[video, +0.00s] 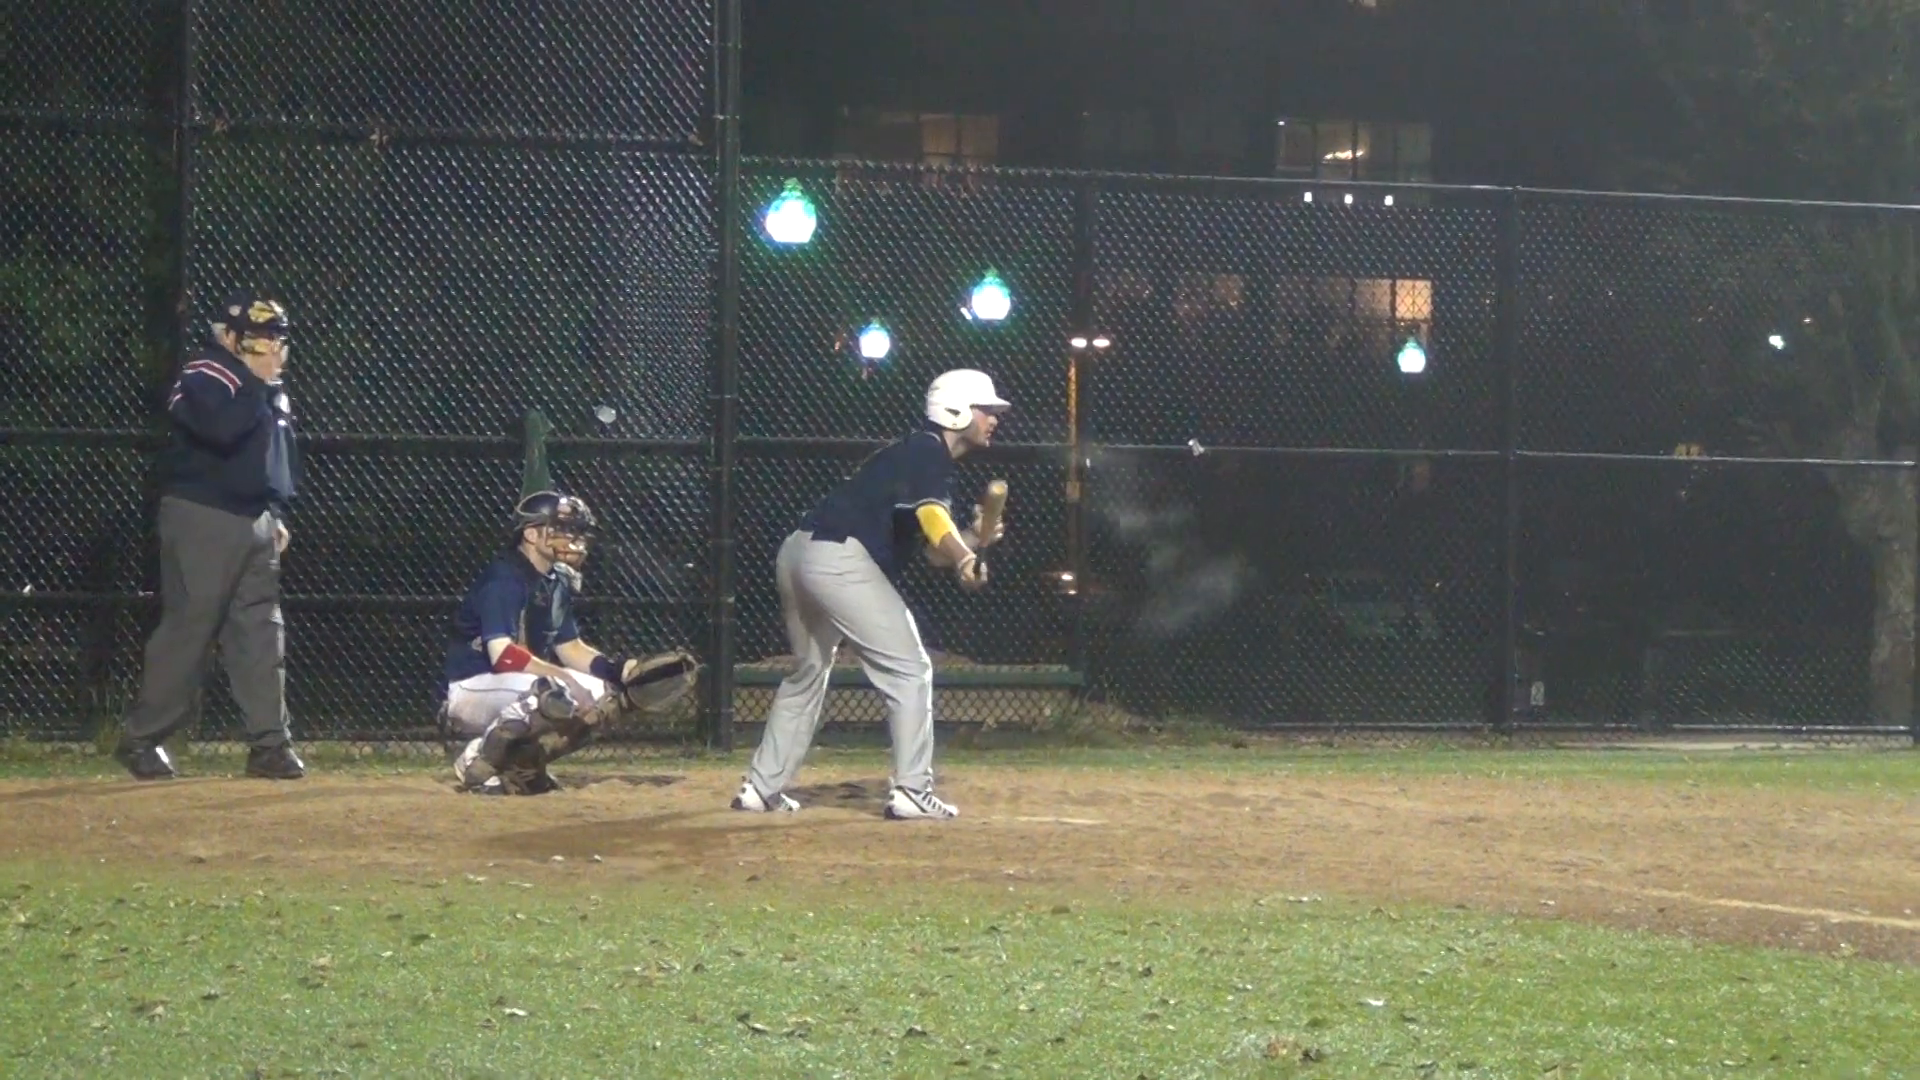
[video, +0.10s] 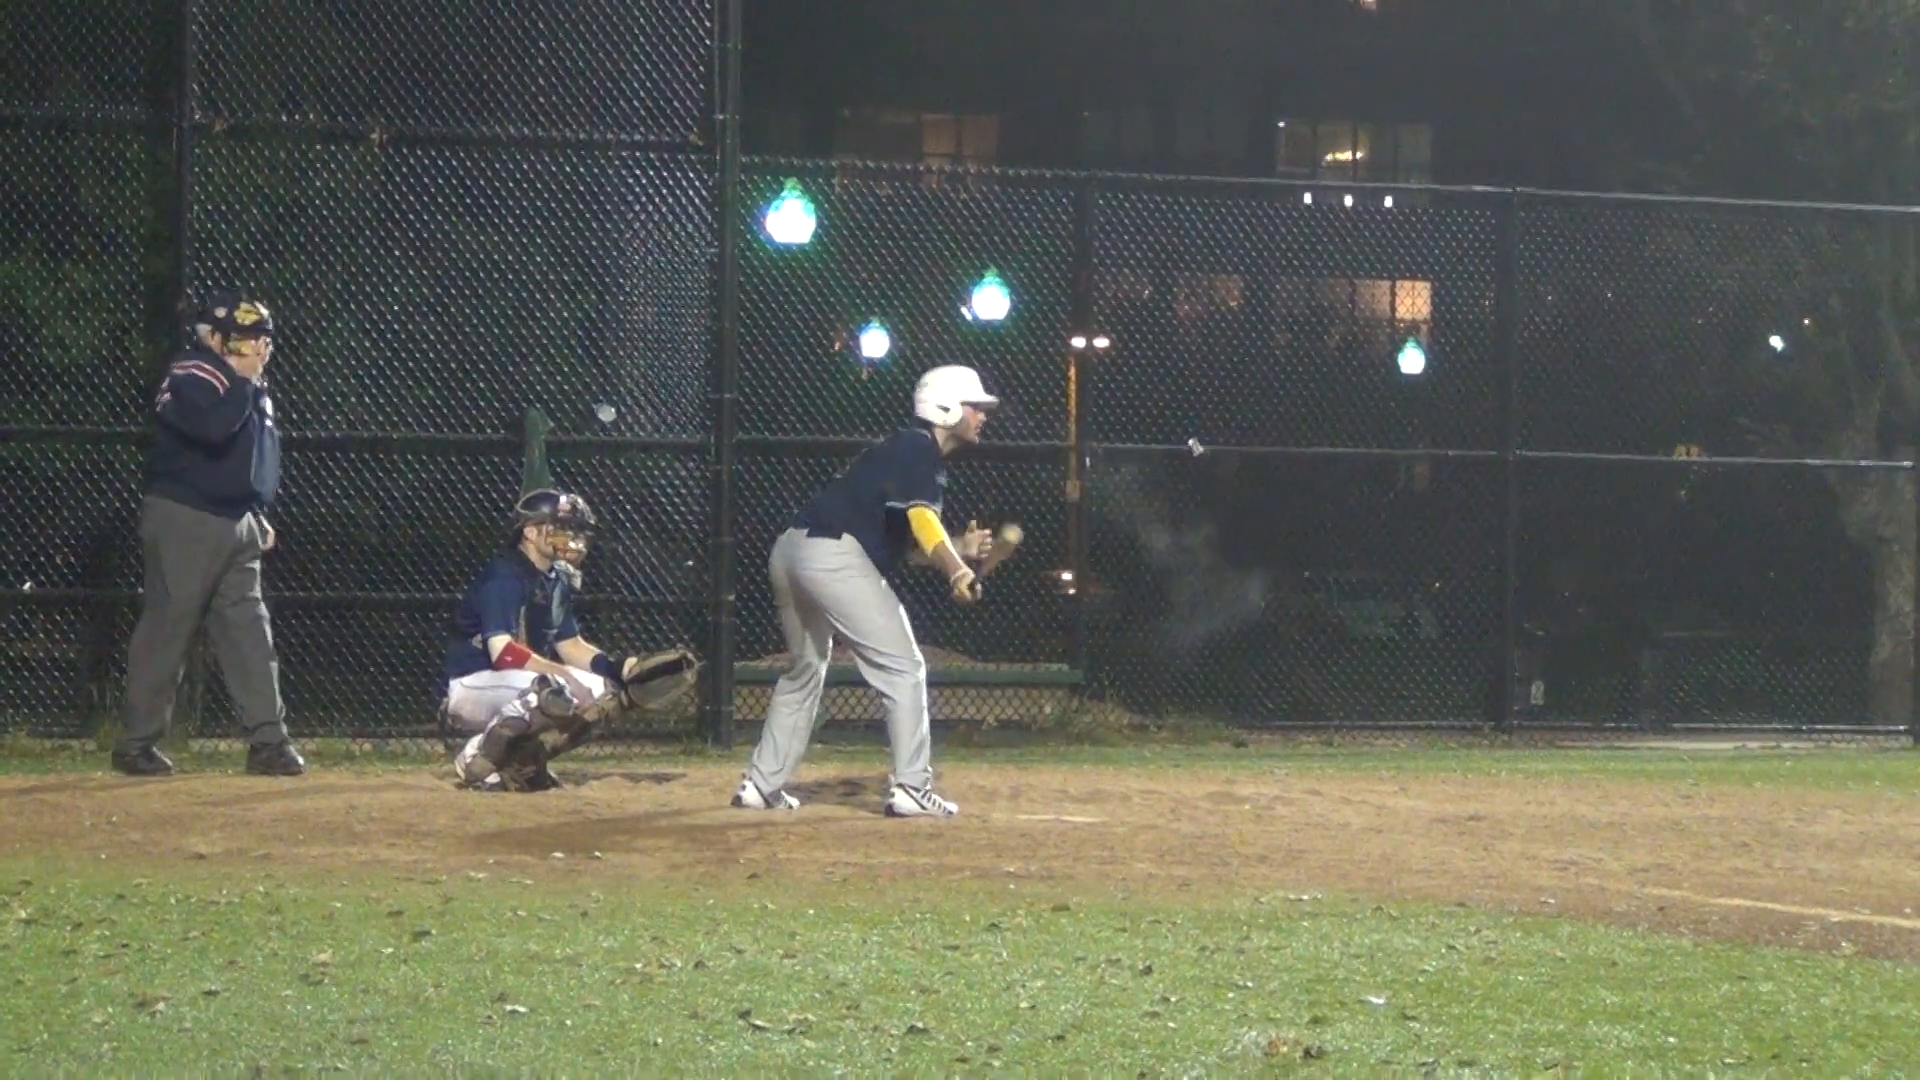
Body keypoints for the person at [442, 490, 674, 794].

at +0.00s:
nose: (572, 540)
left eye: (574, 532)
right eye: (562, 531)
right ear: (531, 535)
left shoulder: (556, 581)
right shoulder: (503, 577)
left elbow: (569, 647)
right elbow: (503, 656)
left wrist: (621, 670)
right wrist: (566, 682)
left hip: (522, 681)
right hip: (470, 690)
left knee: (606, 694)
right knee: (552, 696)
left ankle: (524, 764)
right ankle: (478, 761)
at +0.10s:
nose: (568, 539)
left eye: (570, 531)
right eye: (558, 530)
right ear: (531, 533)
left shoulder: (555, 579)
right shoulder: (503, 574)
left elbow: (570, 645)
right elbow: (502, 652)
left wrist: (621, 669)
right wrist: (565, 678)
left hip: (523, 677)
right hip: (472, 685)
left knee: (606, 690)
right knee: (551, 693)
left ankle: (525, 760)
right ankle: (477, 761)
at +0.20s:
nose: (572, 541)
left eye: (575, 533)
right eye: (562, 532)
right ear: (532, 535)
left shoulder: (556, 581)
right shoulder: (504, 575)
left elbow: (570, 647)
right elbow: (502, 654)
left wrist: (622, 672)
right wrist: (566, 682)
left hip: (524, 679)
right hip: (472, 687)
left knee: (605, 692)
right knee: (552, 695)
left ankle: (525, 763)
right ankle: (478, 763)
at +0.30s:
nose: (570, 539)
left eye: (573, 531)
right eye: (560, 531)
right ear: (532, 535)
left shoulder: (555, 582)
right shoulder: (504, 575)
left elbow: (570, 647)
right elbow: (503, 655)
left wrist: (621, 670)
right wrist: (568, 682)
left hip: (525, 679)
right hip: (472, 687)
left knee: (609, 692)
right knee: (552, 695)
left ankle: (525, 764)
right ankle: (479, 761)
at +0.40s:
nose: (572, 541)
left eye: (574, 533)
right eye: (561, 532)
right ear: (532, 535)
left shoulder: (555, 582)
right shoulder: (503, 575)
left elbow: (570, 647)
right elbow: (502, 655)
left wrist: (623, 671)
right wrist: (567, 683)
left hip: (525, 681)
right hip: (471, 688)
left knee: (606, 692)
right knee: (553, 694)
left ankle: (524, 764)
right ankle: (477, 762)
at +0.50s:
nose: (570, 541)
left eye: (573, 532)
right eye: (560, 531)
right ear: (532, 535)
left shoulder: (555, 582)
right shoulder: (503, 576)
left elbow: (569, 647)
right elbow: (502, 655)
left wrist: (622, 671)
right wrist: (566, 683)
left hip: (524, 681)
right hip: (471, 688)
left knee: (606, 693)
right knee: (551, 695)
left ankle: (523, 763)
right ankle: (477, 762)